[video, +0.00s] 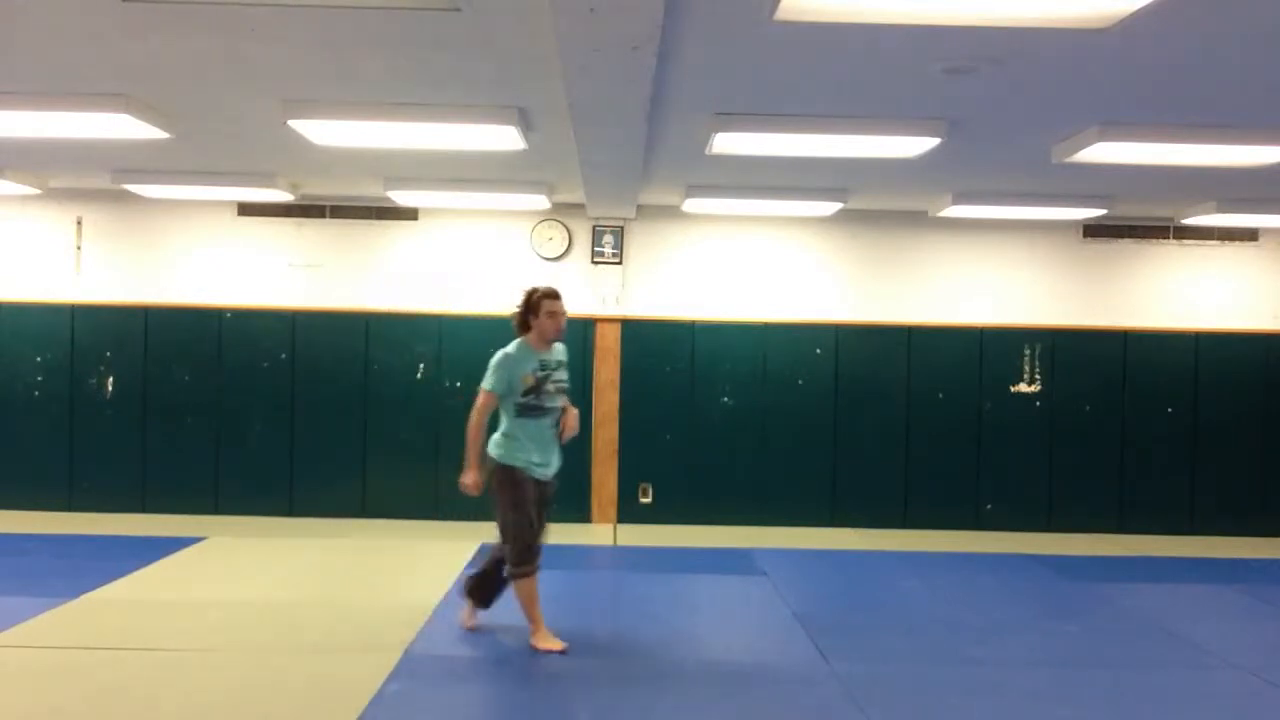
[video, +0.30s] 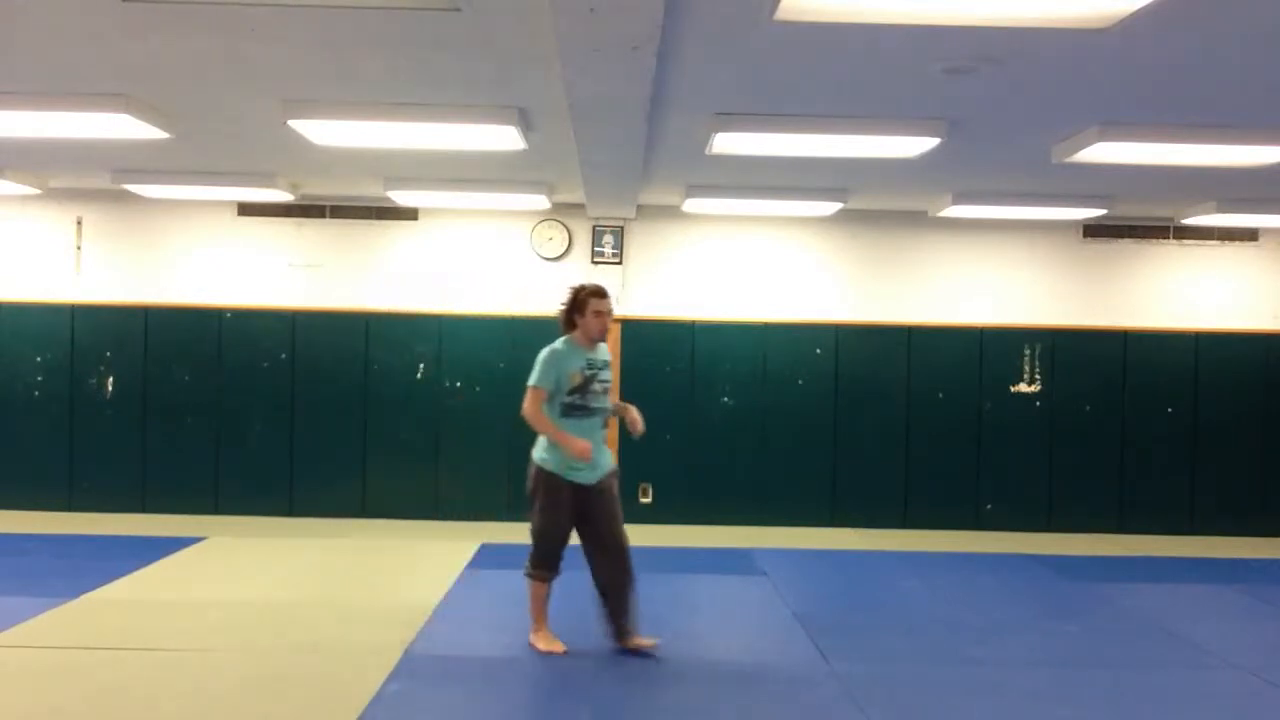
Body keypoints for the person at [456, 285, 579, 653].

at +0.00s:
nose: (560, 321)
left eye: (562, 314)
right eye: (552, 315)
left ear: (562, 318)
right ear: (532, 319)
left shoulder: (560, 353)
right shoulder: (508, 359)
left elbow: (555, 393)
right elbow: (480, 412)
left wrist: (570, 410)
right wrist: (472, 467)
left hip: (546, 462)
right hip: (512, 462)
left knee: (526, 540)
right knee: (522, 544)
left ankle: (476, 594)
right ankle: (538, 630)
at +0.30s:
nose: (606, 321)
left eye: (608, 315)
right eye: (598, 314)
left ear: (608, 318)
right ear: (577, 317)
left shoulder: (603, 357)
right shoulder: (554, 355)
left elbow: (595, 402)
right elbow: (531, 409)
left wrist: (625, 409)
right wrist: (566, 440)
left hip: (597, 470)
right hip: (554, 470)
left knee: (613, 549)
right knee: (547, 550)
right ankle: (539, 629)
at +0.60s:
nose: (658, 317)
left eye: (663, 310)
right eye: (649, 310)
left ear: (668, 316)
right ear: (631, 315)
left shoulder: (670, 355)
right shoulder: (609, 355)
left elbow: (668, 399)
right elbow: (586, 415)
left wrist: (689, 415)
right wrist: (588, 470)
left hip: (663, 475)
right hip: (620, 476)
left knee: (660, 563)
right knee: (614, 562)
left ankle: (662, 646)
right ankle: (576, 610)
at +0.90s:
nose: (684, 316)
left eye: (691, 308)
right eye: (675, 309)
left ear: (700, 314)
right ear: (660, 316)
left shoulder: (712, 356)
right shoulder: (639, 360)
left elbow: (728, 402)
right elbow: (614, 421)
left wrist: (740, 415)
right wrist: (605, 481)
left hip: (698, 480)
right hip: (652, 479)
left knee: (684, 570)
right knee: (669, 573)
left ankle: (660, 634)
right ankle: (685, 669)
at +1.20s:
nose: (695, 308)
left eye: (702, 299)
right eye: (685, 301)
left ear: (712, 305)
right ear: (671, 308)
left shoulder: (729, 350)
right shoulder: (652, 358)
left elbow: (743, 409)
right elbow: (634, 424)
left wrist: (756, 468)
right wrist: (643, 484)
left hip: (730, 487)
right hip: (676, 490)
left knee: (742, 576)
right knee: (680, 589)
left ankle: (718, 653)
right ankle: (688, 677)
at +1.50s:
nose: (717, 310)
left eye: (725, 301)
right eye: (707, 303)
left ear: (738, 307)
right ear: (695, 310)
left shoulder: (760, 356)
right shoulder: (675, 363)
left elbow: (773, 420)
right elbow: (652, 425)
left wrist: (783, 480)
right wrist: (653, 478)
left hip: (752, 503)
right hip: (693, 504)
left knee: (752, 613)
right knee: (688, 602)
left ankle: (756, 710)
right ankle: (690, 678)